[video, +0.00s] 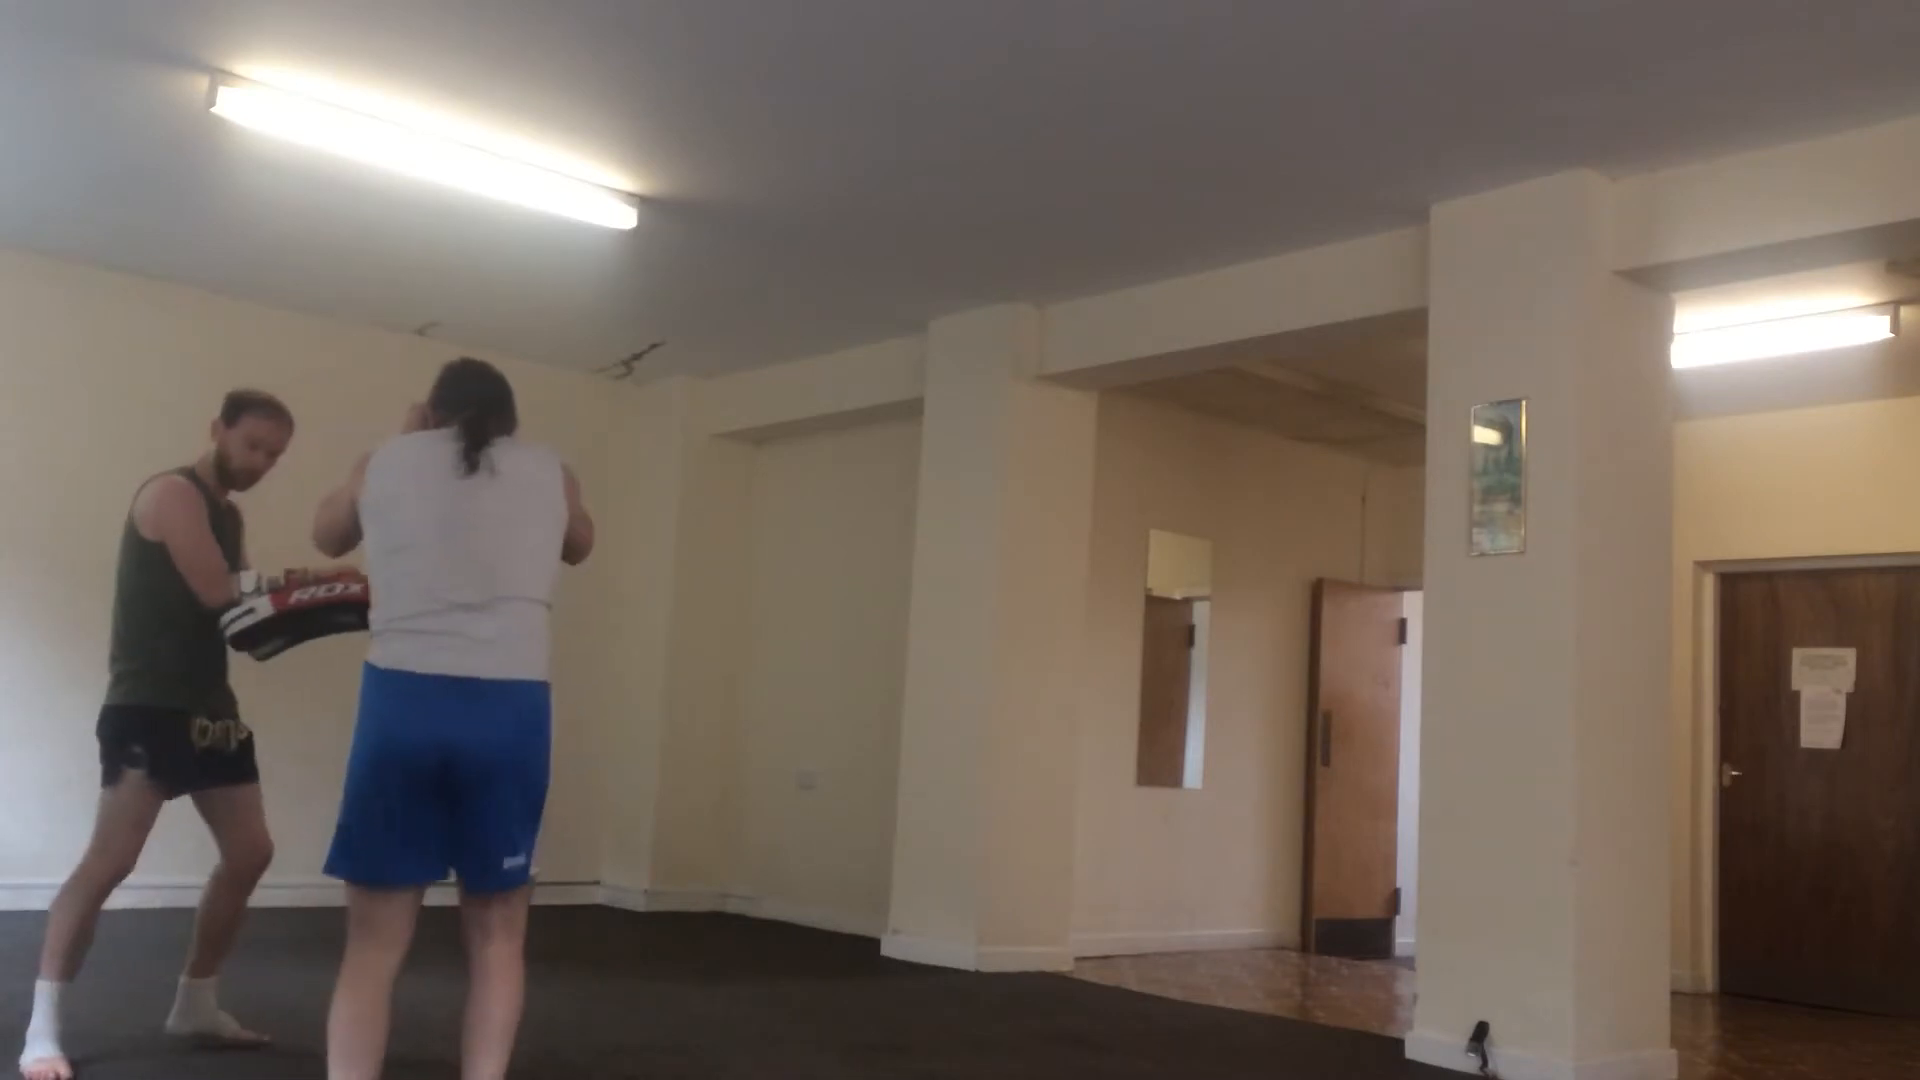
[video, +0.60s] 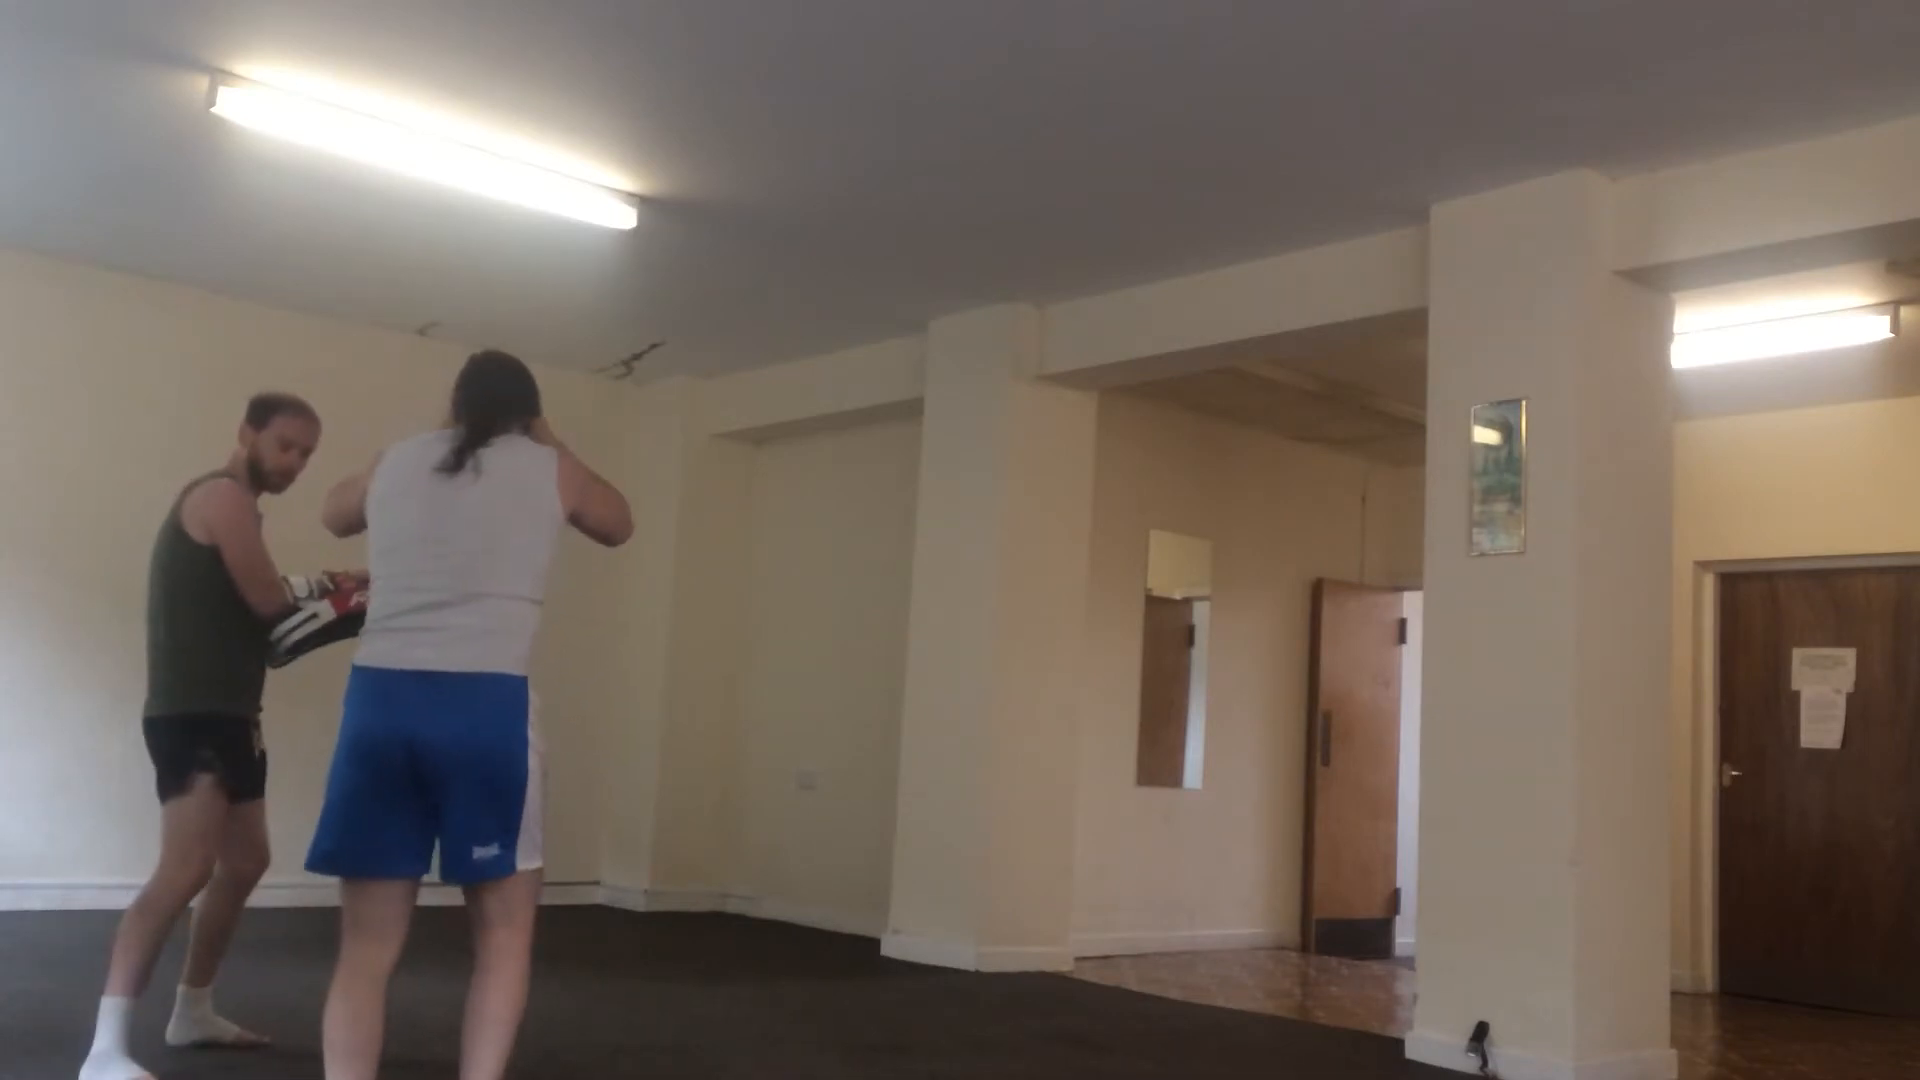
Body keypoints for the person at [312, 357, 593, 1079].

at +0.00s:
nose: (421, 406)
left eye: (428, 399)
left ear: (431, 407)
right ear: (508, 415)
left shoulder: (384, 462)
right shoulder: (549, 472)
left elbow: (329, 533)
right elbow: (579, 546)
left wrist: (398, 450)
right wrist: (521, 491)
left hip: (401, 714)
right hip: (509, 719)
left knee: (374, 944)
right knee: (498, 937)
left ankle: (350, 1073)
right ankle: (483, 1073)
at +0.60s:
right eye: (536, 413)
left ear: (454, 406)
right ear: (529, 413)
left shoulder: (400, 460)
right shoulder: (547, 469)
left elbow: (337, 513)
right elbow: (617, 522)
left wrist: (408, 479)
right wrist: (555, 447)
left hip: (378, 711)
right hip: (486, 715)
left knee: (366, 944)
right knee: (502, 939)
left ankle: (347, 1075)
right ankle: (478, 1074)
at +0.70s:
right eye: (541, 425)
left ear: (459, 427)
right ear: (535, 431)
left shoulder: (402, 483)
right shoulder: (557, 492)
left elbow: (321, 505)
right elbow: (629, 528)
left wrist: (408, 481)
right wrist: (560, 451)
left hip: (378, 730)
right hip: (485, 736)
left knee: (365, 946)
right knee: (509, 950)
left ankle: (345, 1073)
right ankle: (478, 1075)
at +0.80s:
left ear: (466, 454)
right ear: (542, 461)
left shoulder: (406, 510)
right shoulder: (560, 521)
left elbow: (285, 533)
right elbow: (642, 546)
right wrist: (571, 472)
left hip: (373, 757)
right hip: (479, 765)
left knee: (355, 924)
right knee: (525, 963)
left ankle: (314, 1072)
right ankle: (489, 1076)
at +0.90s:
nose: (451, 464)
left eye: (454, 455)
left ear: (454, 460)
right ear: (528, 466)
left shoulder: (395, 519)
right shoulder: (556, 533)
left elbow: (264, 560)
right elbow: (623, 558)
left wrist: (151, 583)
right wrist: (554, 484)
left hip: (364, 762)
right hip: (466, 775)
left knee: (340, 912)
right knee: (523, 975)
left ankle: (302, 1069)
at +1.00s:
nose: (409, 457)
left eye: (414, 447)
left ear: (422, 453)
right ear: (493, 459)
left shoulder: (375, 520)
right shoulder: (526, 535)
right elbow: (582, 566)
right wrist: (508, 492)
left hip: (358, 766)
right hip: (459, 776)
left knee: (323, 910)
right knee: (498, 986)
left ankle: (310, 1066)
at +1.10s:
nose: (369, 450)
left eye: (372, 440)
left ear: (385, 448)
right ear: (458, 454)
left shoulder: (346, 527)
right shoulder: (494, 539)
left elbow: (199, 552)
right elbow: (551, 601)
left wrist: (125, 498)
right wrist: (487, 561)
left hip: (353, 767)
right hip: (454, 771)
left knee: (309, 906)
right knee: (472, 933)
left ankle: (311, 1066)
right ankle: (493, 1049)